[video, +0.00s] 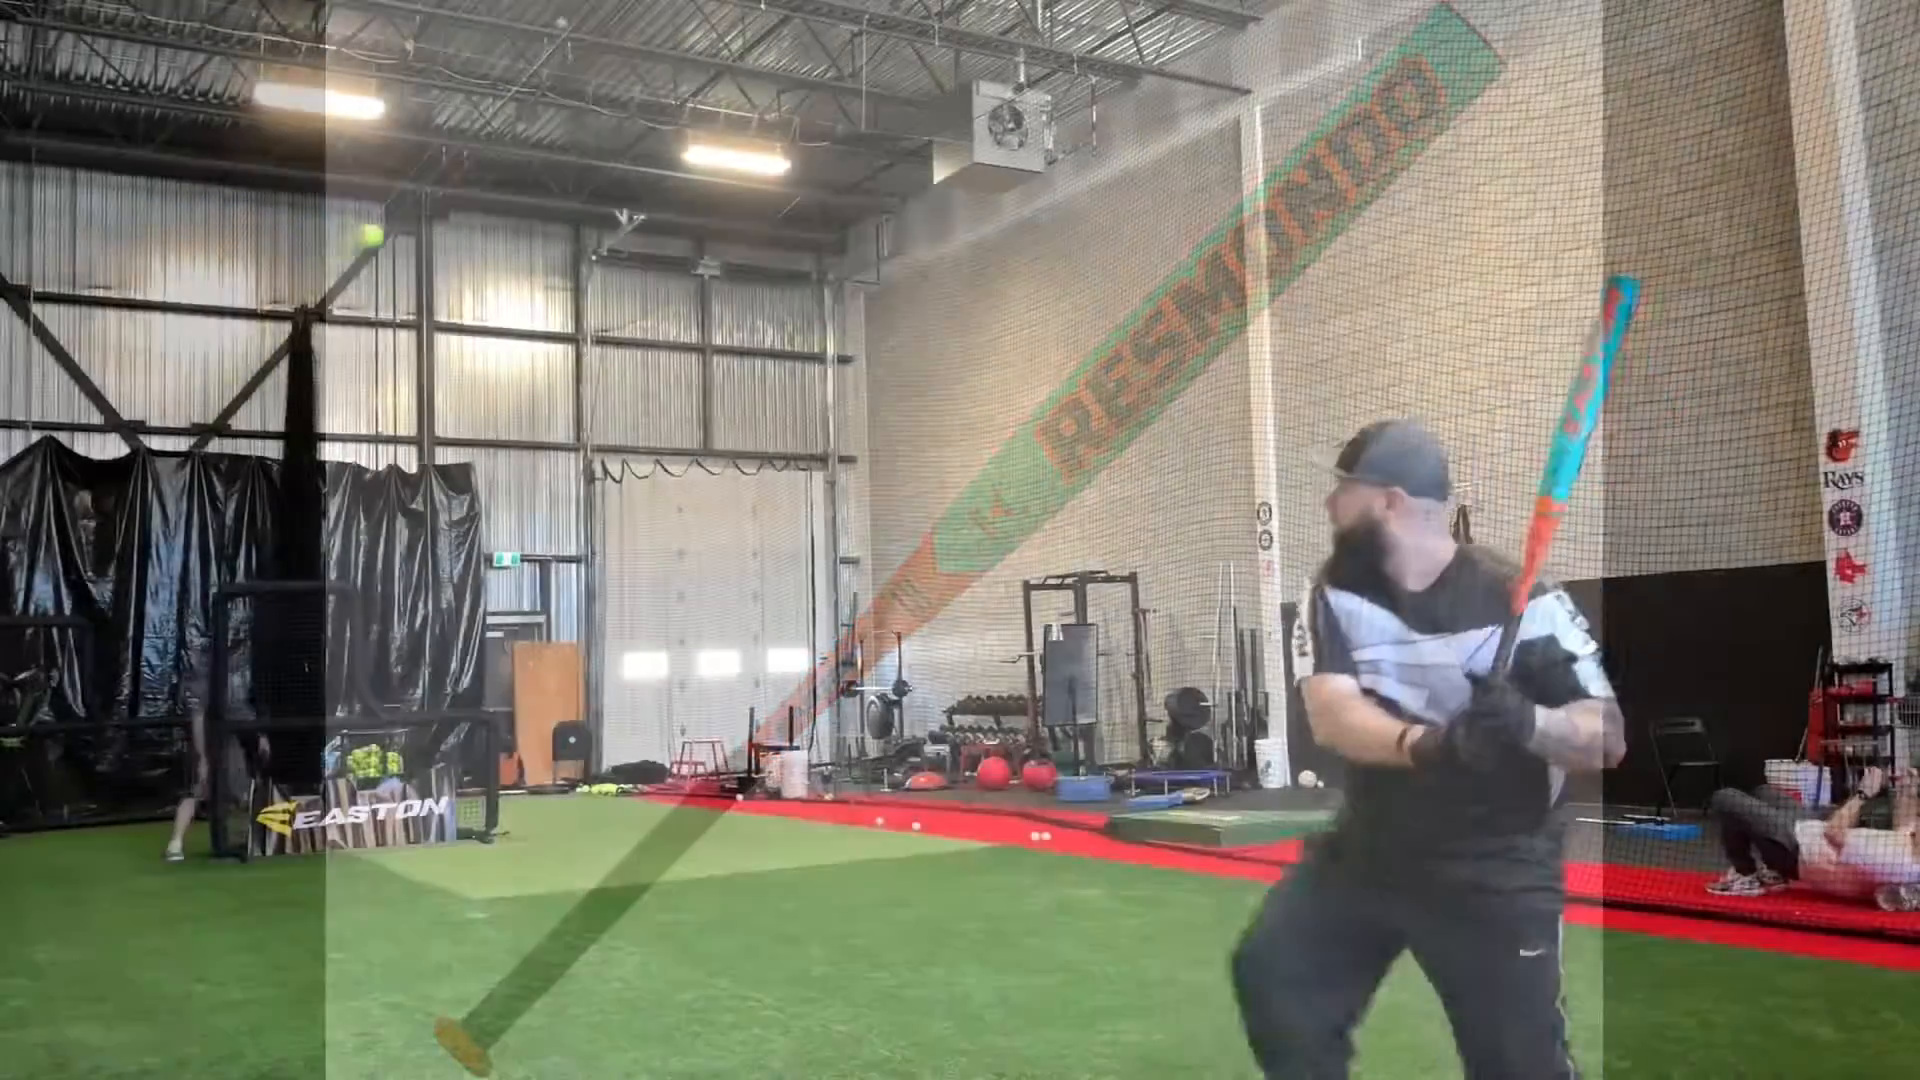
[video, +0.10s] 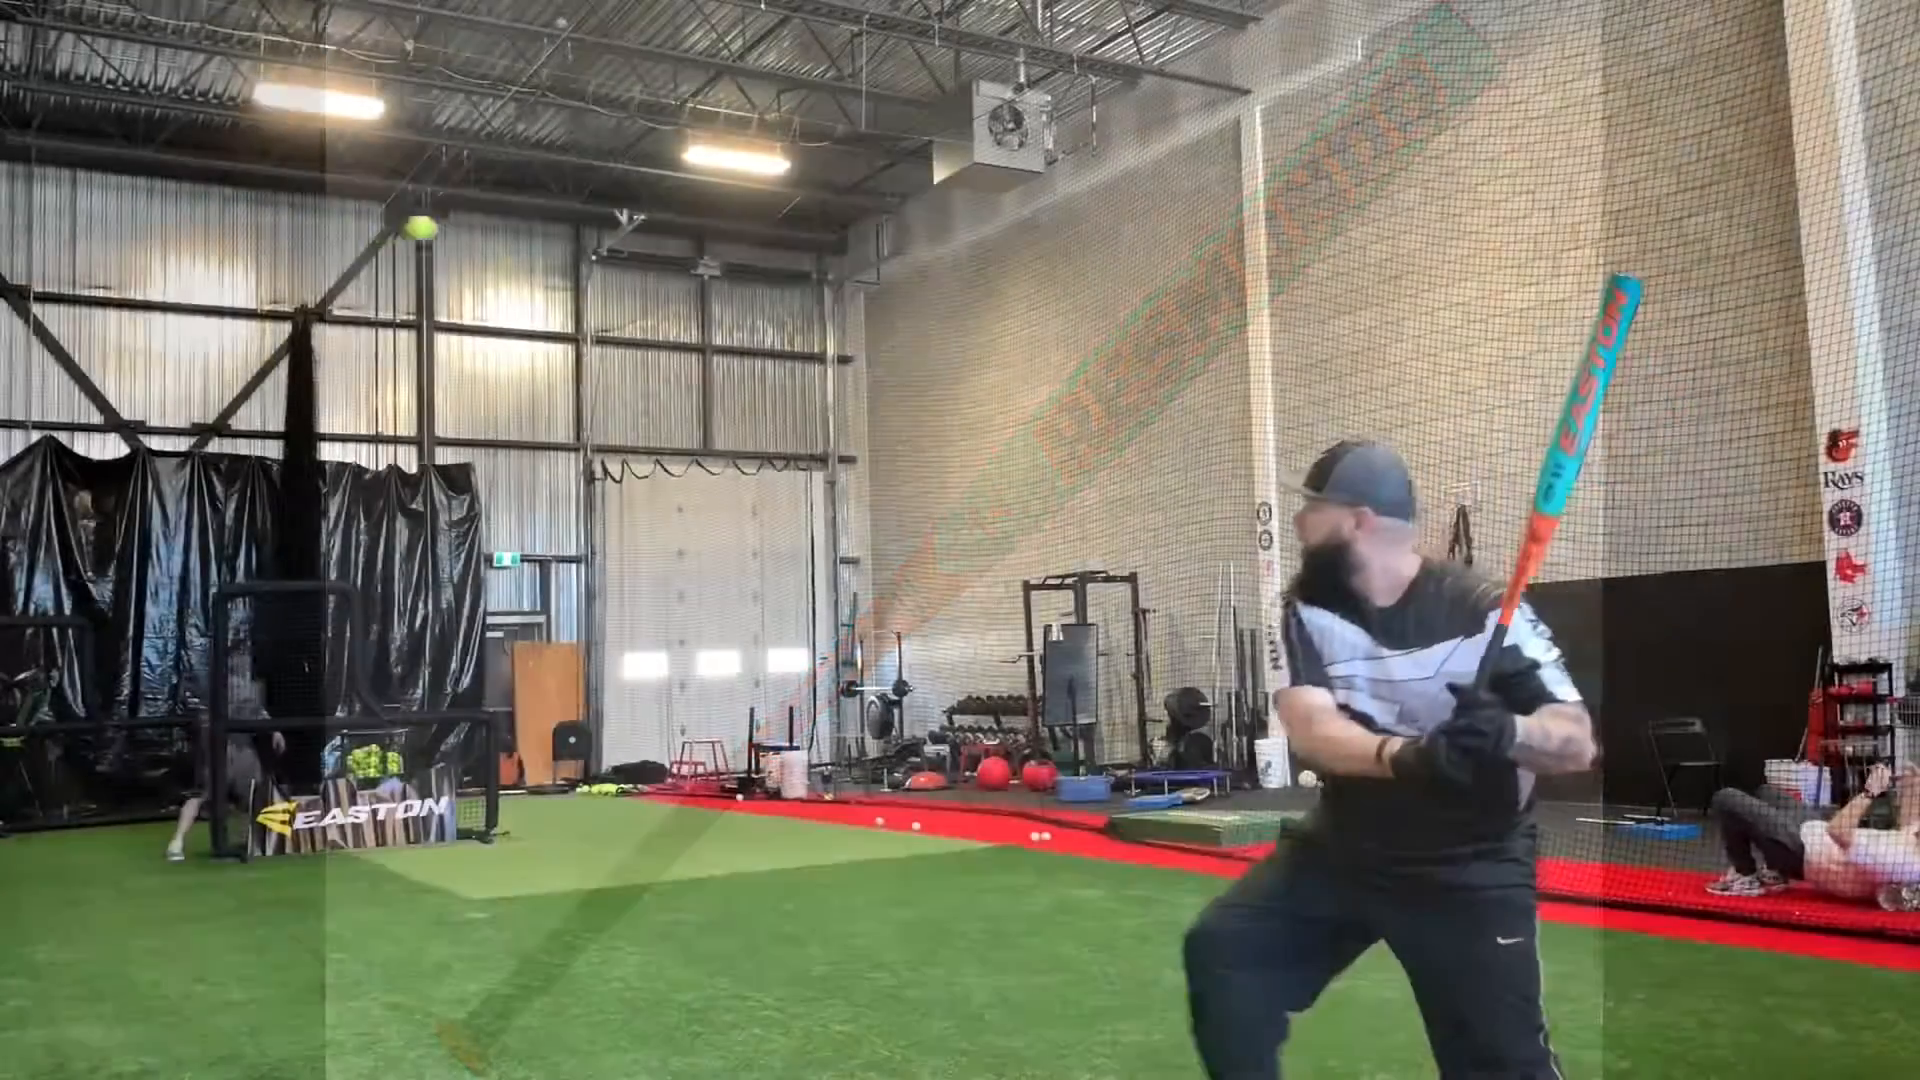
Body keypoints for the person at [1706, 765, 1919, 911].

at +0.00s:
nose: (1917, 825)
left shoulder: (1898, 864)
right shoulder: (1910, 847)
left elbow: (1834, 832)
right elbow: (1906, 828)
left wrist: (1862, 795)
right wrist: (1908, 795)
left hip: (1801, 850)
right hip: (1818, 827)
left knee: (1725, 800)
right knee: (1763, 793)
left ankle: (1744, 875)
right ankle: (1775, 871)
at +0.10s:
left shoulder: (1904, 863)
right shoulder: (1911, 841)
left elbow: (1838, 831)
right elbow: (1909, 826)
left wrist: (1868, 794)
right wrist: (1910, 790)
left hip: (1806, 851)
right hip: (1822, 827)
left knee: (1725, 800)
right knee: (1765, 793)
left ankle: (1745, 875)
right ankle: (1777, 870)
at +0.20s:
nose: (1909, 792)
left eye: (1913, 788)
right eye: (1910, 787)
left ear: (1918, 800)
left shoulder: (1907, 859)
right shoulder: (1910, 834)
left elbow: (1847, 830)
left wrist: (1876, 790)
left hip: (1816, 855)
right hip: (1828, 830)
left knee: (1736, 799)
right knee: (1774, 799)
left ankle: (1744, 876)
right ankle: (1775, 872)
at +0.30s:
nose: (1912, 794)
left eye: (1915, 789)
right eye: (1913, 789)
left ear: (1918, 805)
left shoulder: (1906, 855)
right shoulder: (1909, 836)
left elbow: (1850, 828)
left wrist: (1879, 788)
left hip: (1822, 857)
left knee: (1739, 799)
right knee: (1781, 801)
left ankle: (1744, 876)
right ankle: (1775, 873)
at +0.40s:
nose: (1916, 793)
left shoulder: (1909, 859)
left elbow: (1854, 824)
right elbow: (1909, 821)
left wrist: (1885, 784)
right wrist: (1912, 779)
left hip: (1827, 860)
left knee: (1744, 800)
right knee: (1788, 796)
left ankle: (1745, 876)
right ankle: (1775, 872)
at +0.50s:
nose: (1914, 798)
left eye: (1915, 793)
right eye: (1915, 791)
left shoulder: (1909, 857)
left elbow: (1860, 822)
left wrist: (1887, 784)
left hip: (1836, 866)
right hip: (1853, 846)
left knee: (1751, 802)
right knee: (1795, 798)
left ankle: (1746, 876)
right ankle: (1776, 872)